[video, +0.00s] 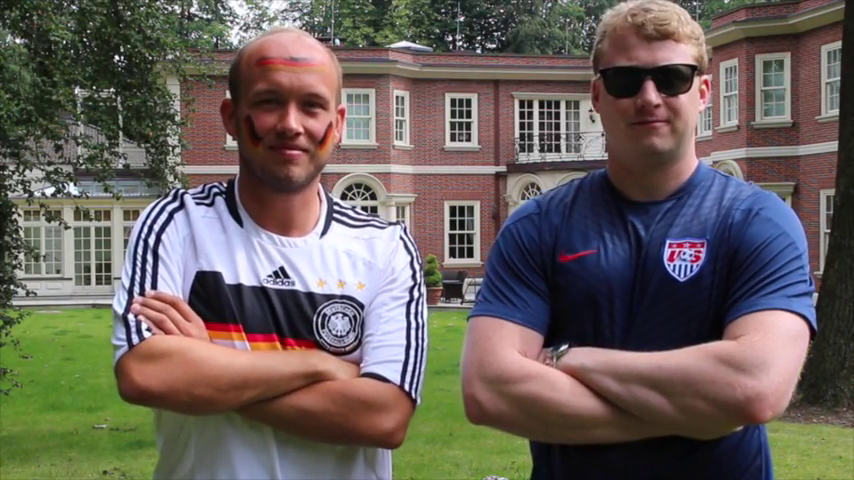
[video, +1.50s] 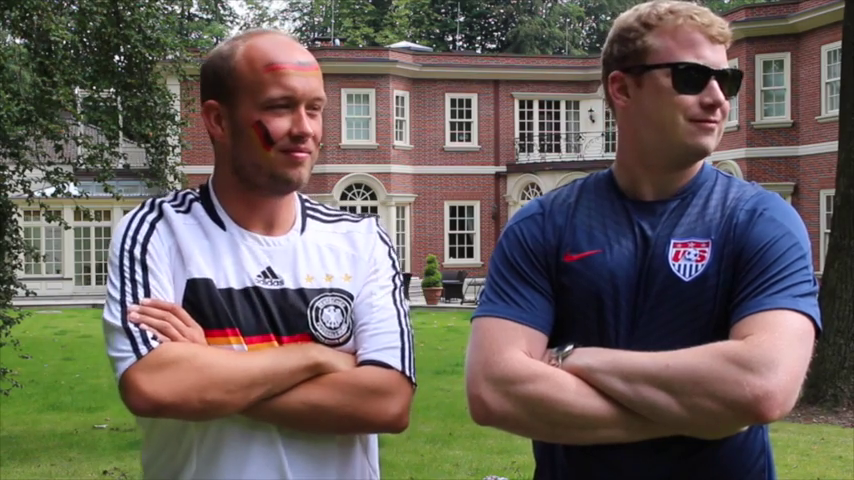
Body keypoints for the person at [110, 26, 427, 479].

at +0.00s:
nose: (291, 124)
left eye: (312, 105)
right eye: (269, 102)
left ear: (337, 124)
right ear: (231, 117)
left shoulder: (386, 248)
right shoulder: (173, 223)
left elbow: (386, 420)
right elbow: (140, 374)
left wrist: (212, 372)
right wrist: (321, 365)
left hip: (341, 475)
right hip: (202, 473)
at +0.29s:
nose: (293, 124)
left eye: (314, 105)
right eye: (271, 102)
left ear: (339, 123)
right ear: (233, 117)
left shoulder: (387, 250)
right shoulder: (175, 221)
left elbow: (385, 422)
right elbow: (140, 373)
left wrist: (211, 372)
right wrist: (319, 366)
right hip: (201, 473)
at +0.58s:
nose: (293, 125)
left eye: (314, 106)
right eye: (271, 102)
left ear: (339, 124)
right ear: (233, 117)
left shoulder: (387, 249)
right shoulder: (175, 221)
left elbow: (384, 421)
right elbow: (139, 373)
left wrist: (210, 371)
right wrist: (318, 365)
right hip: (200, 473)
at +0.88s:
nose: (291, 126)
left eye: (313, 106)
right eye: (269, 104)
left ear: (338, 124)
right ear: (232, 118)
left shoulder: (387, 248)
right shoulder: (174, 221)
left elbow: (385, 421)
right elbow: (139, 373)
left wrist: (211, 372)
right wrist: (318, 365)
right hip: (201, 473)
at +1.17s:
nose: (310, 129)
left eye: (324, 108)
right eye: (285, 106)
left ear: (338, 119)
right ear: (230, 120)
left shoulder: (381, 245)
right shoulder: (169, 225)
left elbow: (387, 415)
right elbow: (140, 377)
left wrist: (211, 374)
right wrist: (318, 363)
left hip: (342, 475)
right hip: (201, 473)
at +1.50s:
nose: (305, 129)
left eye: (314, 109)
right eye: (280, 107)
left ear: (324, 117)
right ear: (216, 121)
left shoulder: (361, 239)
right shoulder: (152, 229)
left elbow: (389, 403)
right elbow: (146, 386)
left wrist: (214, 376)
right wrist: (318, 358)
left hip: (338, 475)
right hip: (201, 473)